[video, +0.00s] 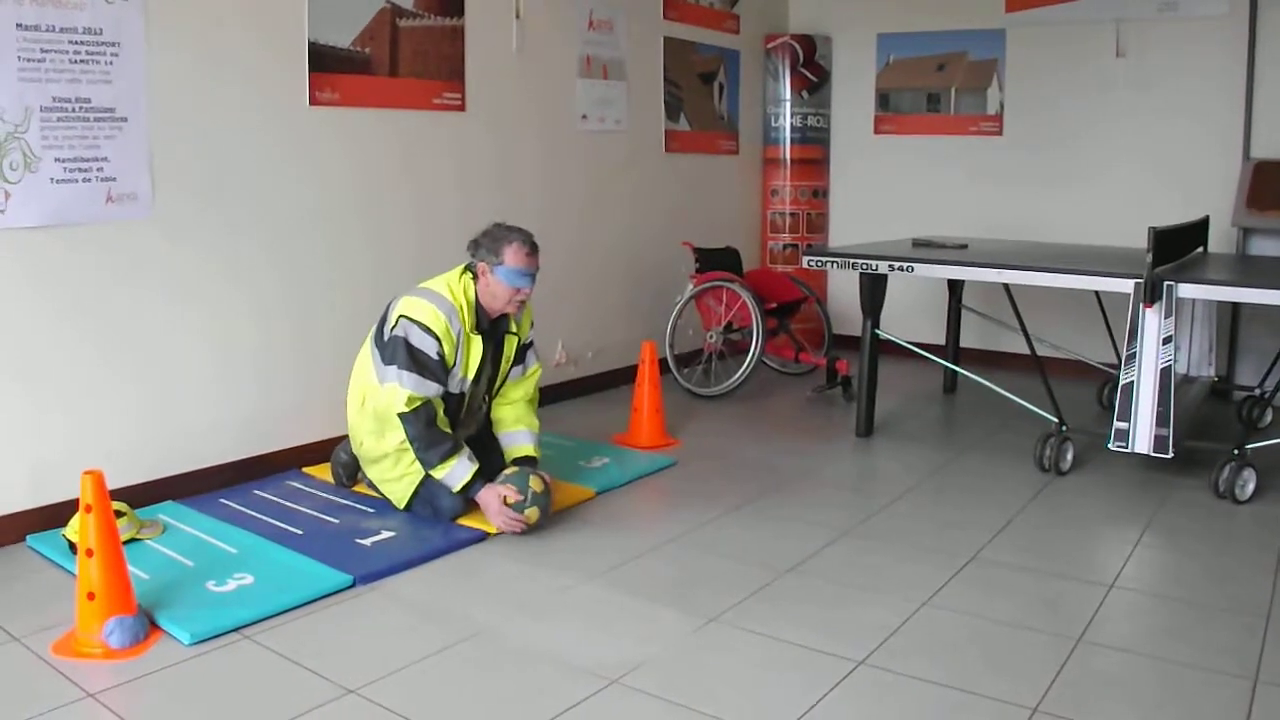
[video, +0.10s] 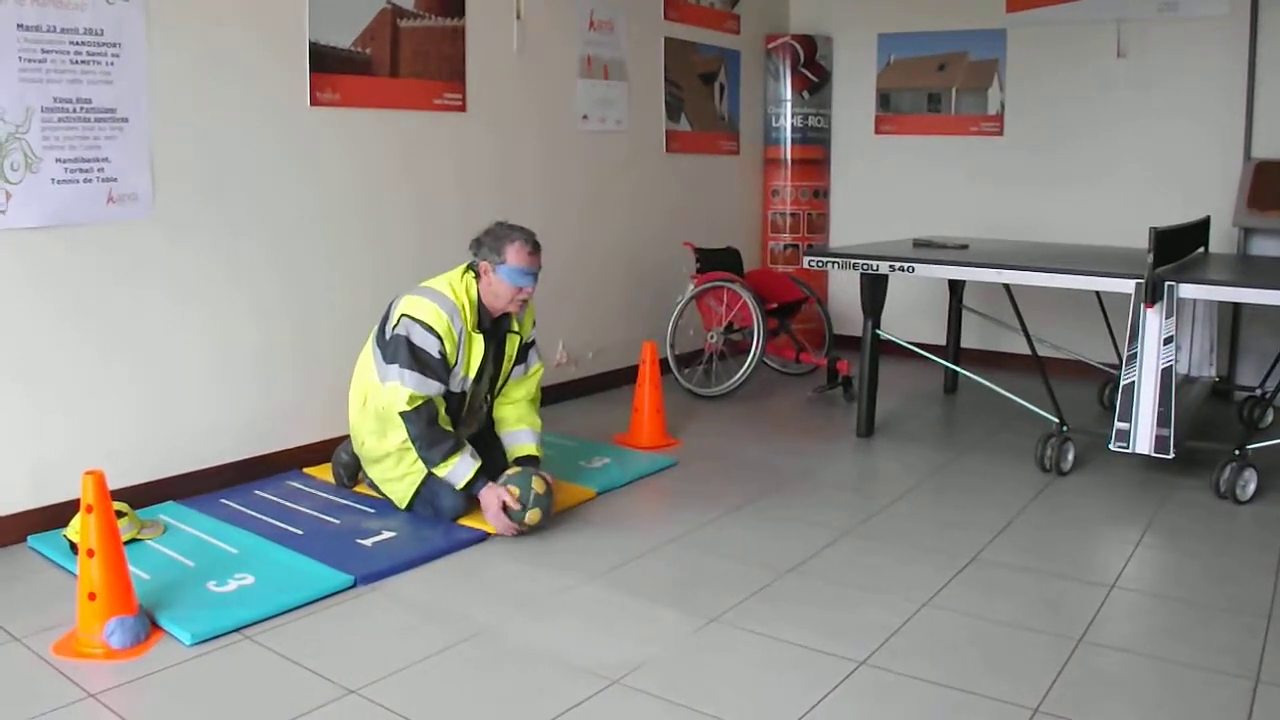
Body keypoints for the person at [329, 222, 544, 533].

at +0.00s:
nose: (527, 292)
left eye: (532, 280)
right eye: (517, 280)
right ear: (483, 272)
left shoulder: (516, 314)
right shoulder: (426, 316)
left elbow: (515, 394)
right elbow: (416, 419)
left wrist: (525, 466)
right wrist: (479, 489)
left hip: (456, 416)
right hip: (388, 428)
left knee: (498, 476)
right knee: (450, 506)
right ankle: (369, 458)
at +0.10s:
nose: (528, 292)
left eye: (534, 280)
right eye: (519, 280)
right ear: (485, 272)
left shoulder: (518, 314)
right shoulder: (428, 315)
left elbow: (518, 395)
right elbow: (418, 417)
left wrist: (526, 466)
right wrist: (481, 485)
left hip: (458, 416)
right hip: (390, 427)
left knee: (501, 477)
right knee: (452, 505)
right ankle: (369, 457)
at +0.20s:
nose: (532, 287)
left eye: (537, 275)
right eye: (522, 275)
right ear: (488, 268)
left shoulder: (521, 310)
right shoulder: (432, 312)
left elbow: (521, 391)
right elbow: (415, 411)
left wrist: (531, 461)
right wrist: (482, 477)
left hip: (460, 415)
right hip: (392, 429)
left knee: (509, 475)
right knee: (452, 504)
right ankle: (370, 459)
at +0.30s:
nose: (535, 287)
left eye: (540, 274)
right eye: (525, 274)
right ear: (491, 268)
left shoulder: (525, 308)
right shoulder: (435, 312)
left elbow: (525, 388)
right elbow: (412, 412)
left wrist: (532, 455)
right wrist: (479, 475)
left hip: (464, 416)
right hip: (395, 431)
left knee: (514, 475)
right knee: (454, 504)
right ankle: (371, 460)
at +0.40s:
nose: (537, 287)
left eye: (543, 275)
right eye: (527, 275)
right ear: (493, 269)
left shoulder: (528, 310)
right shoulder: (437, 312)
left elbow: (528, 386)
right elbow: (406, 410)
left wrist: (529, 452)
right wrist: (471, 473)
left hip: (465, 416)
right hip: (397, 431)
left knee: (512, 478)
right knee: (454, 505)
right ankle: (372, 459)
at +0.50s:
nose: (540, 288)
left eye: (545, 277)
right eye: (530, 276)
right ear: (495, 270)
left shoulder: (529, 310)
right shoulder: (439, 313)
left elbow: (529, 387)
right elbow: (404, 410)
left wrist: (525, 453)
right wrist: (467, 473)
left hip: (464, 418)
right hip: (398, 432)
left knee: (513, 482)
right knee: (454, 506)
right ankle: (372, 459)